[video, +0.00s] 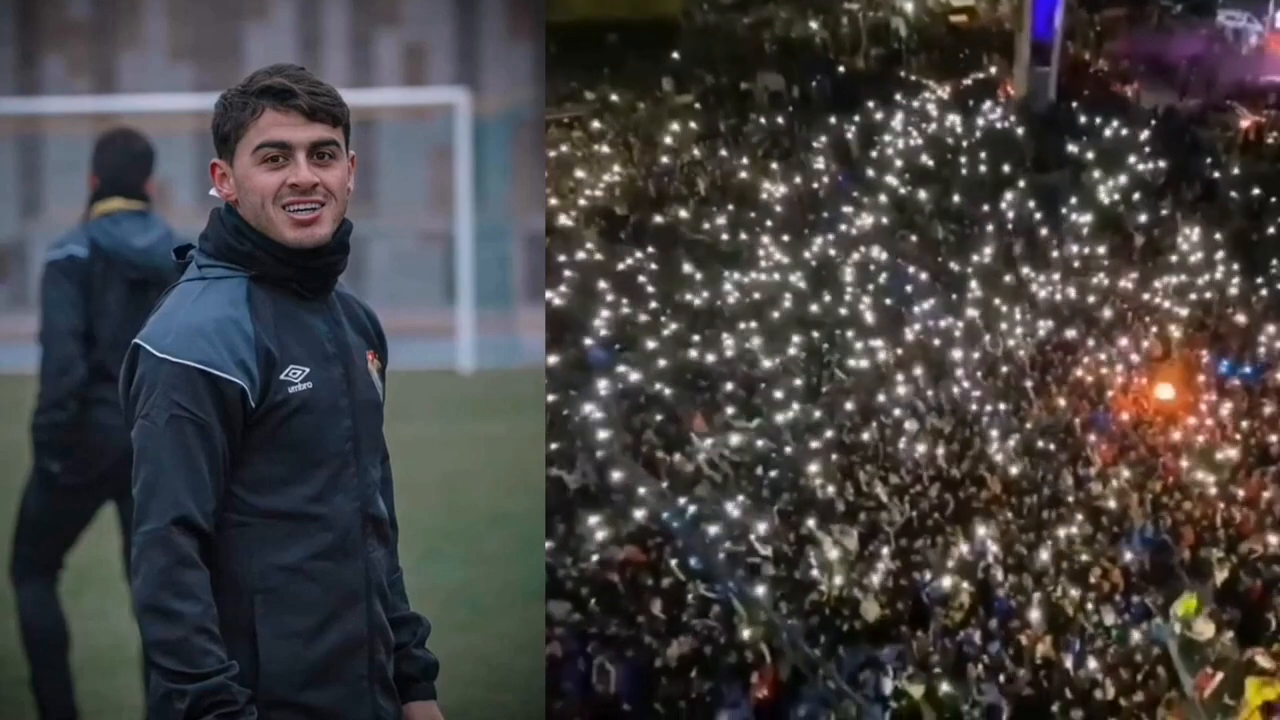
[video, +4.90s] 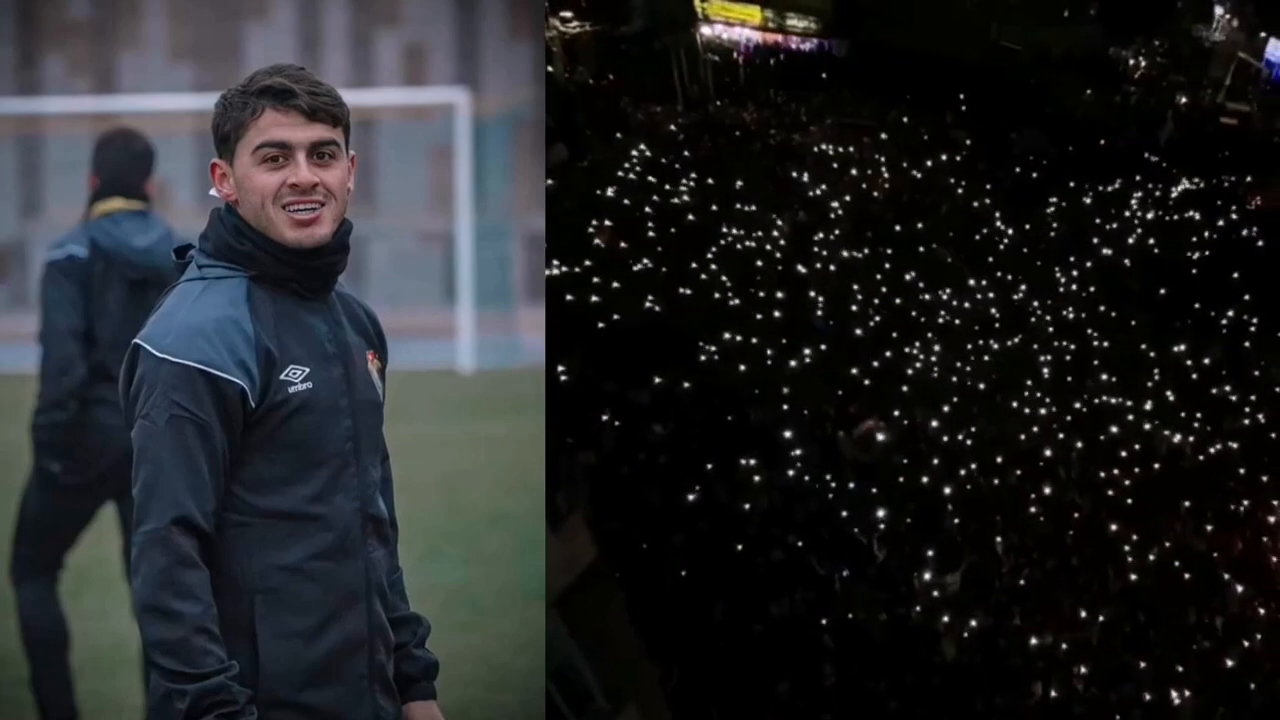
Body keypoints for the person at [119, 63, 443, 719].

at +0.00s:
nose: (305, 178)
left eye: (322, 155)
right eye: (274, 158)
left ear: (349, 171)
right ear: (226, 182)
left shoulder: (356, 323)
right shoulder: (195, 334)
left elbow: (372, 525)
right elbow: (164, 550)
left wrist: (414, 684)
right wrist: (213, 705)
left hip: (365, 690)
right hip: (260, 691)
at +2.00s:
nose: (304, 179)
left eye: (322, 155)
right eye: (274, 158)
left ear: (350, 171)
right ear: (226, 182)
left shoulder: (356, 323)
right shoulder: (195, 334)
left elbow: (372, 525)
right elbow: (164, 550)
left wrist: (414, 684)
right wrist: (213, 705)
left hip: (365, 690)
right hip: (259, 691)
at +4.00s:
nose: (305, 178)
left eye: (322, 155)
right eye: (274, 158)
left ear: (349, 171)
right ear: (226, 182)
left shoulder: (356, 323)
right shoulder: (195, 334)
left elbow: (372, 525)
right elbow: (164, 550)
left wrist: (414, 684)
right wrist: (213, 705)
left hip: (365, 690)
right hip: (260, 691)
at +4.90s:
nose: (305, 178)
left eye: (322, 155)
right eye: (274, 158)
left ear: (349, 171)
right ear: (225, 182)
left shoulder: (356, 323)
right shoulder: (195, 335)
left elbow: (373, 525)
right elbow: (164, 550)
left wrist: (414, 685)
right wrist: (213, 705)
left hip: (366, 691)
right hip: (260, 692)